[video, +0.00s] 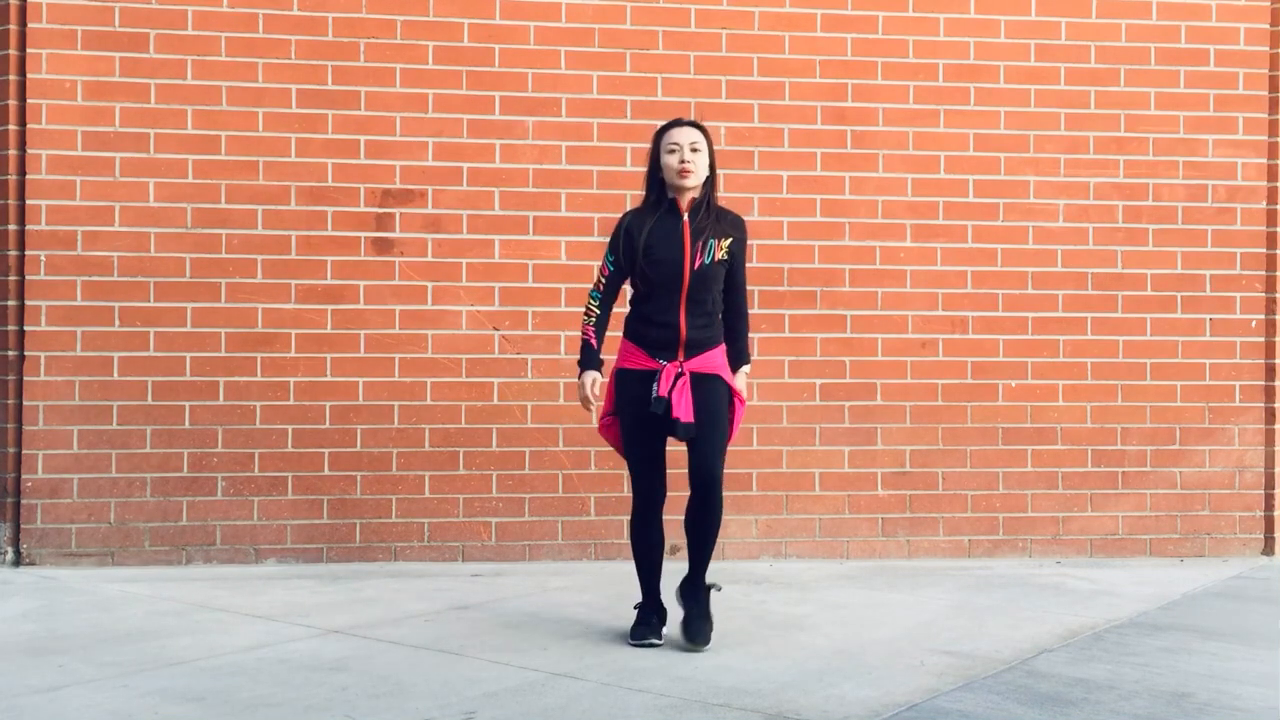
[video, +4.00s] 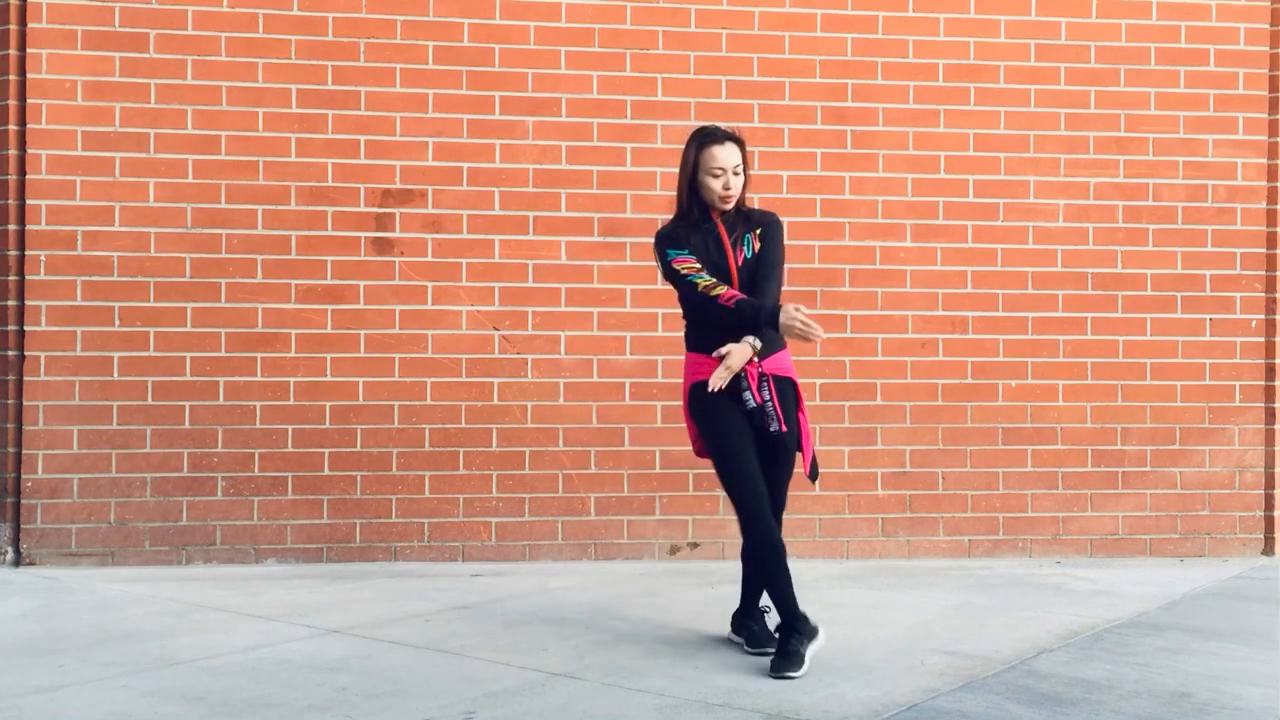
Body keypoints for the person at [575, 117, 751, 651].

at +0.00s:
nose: (685, 158)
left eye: (694, 149)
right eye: (674, 150)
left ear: (710, 161)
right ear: (658, 162)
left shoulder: (729, 227)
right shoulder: (635, 224)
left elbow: (735, 299)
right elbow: (602, 294)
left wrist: (741, 362)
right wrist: (589, 361)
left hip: (708, 367)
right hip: (642, 367)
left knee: (709, 482)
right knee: (648, 493)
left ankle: (696, 587)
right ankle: (650, 604)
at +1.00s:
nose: (681, 174)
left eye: (691, 163)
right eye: (670, 165)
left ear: (706, 168)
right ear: (653, 171)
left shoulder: (720, 235)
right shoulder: (628, 224)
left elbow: (722, 312)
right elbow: (595, 293)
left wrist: (722, 375)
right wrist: (578, 353)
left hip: (684, 367)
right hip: (619, 364)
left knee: (680, 477)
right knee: (622, 490)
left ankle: (653, 589)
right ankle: (619, 603)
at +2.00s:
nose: (713, 174)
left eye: (723, 163)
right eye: (702, 165)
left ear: (739, 168)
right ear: (685, 173)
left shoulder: (763, 222)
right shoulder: (671, 239)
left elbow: (785, 295)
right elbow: (661, 315)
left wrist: (802, 356)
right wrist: (661, 381)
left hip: (772, 371)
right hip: (710, 375)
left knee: (760, 499)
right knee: (751, 494)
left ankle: (747, 610)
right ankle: (794, 611)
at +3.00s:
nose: (655, 175)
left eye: (666, 165)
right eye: (644, 165)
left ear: (682, 172)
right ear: (629, 172)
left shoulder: (694, 239)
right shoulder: (606, 221)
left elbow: (657, 305)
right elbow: (599, 288)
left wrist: (608, 346)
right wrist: (639, 318)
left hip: (642, 368)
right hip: (586, 360)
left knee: (599, 487)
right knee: (584, 490)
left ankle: (534, 603)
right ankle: (599, 605)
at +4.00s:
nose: (729, 182)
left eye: (736, 171)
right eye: (717, 173)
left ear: (746, 172)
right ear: (694, 176)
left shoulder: (765, 225)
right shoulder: (674, 238)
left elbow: (766, 304)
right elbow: (705, 293)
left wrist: (743, 348)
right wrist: (773, 316)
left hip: (771, 373)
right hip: (713, 379)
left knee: (769, 506)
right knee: (753, 504)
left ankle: (747, 613)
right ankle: (796, 624)